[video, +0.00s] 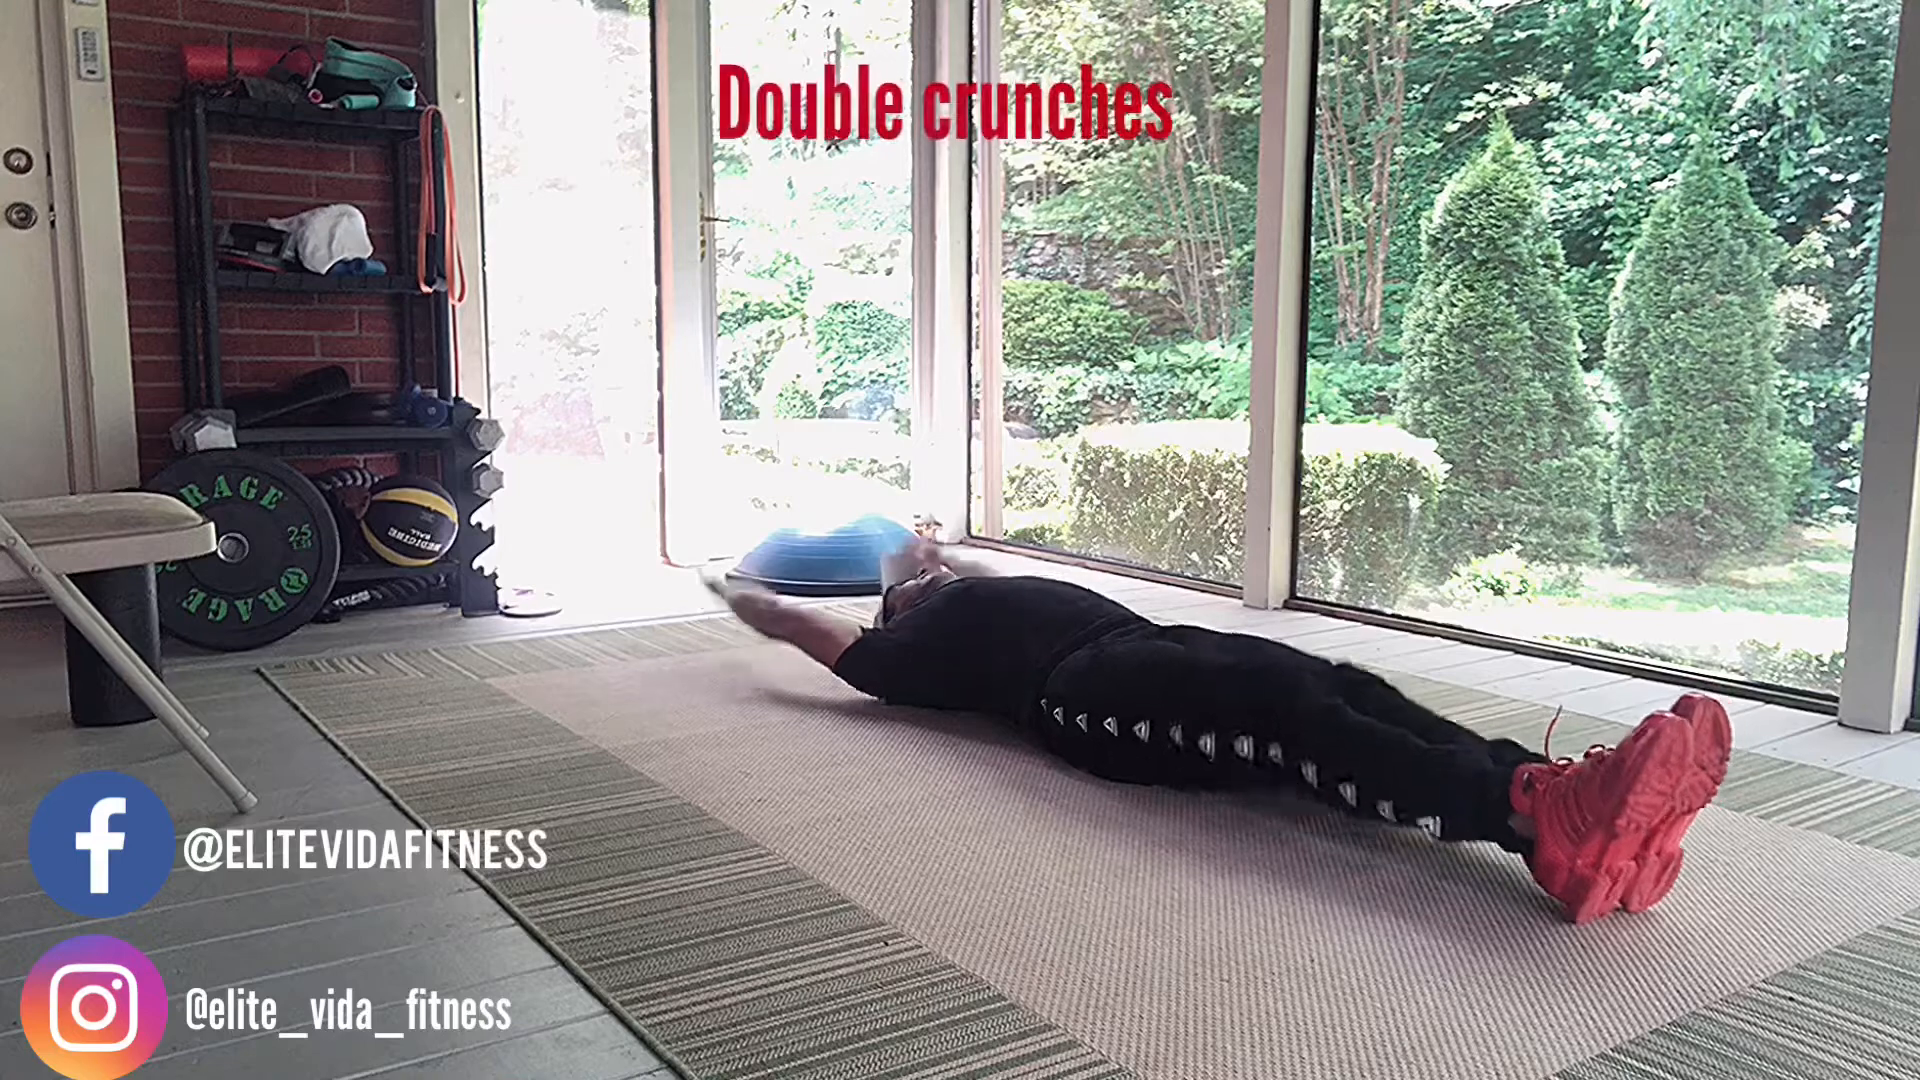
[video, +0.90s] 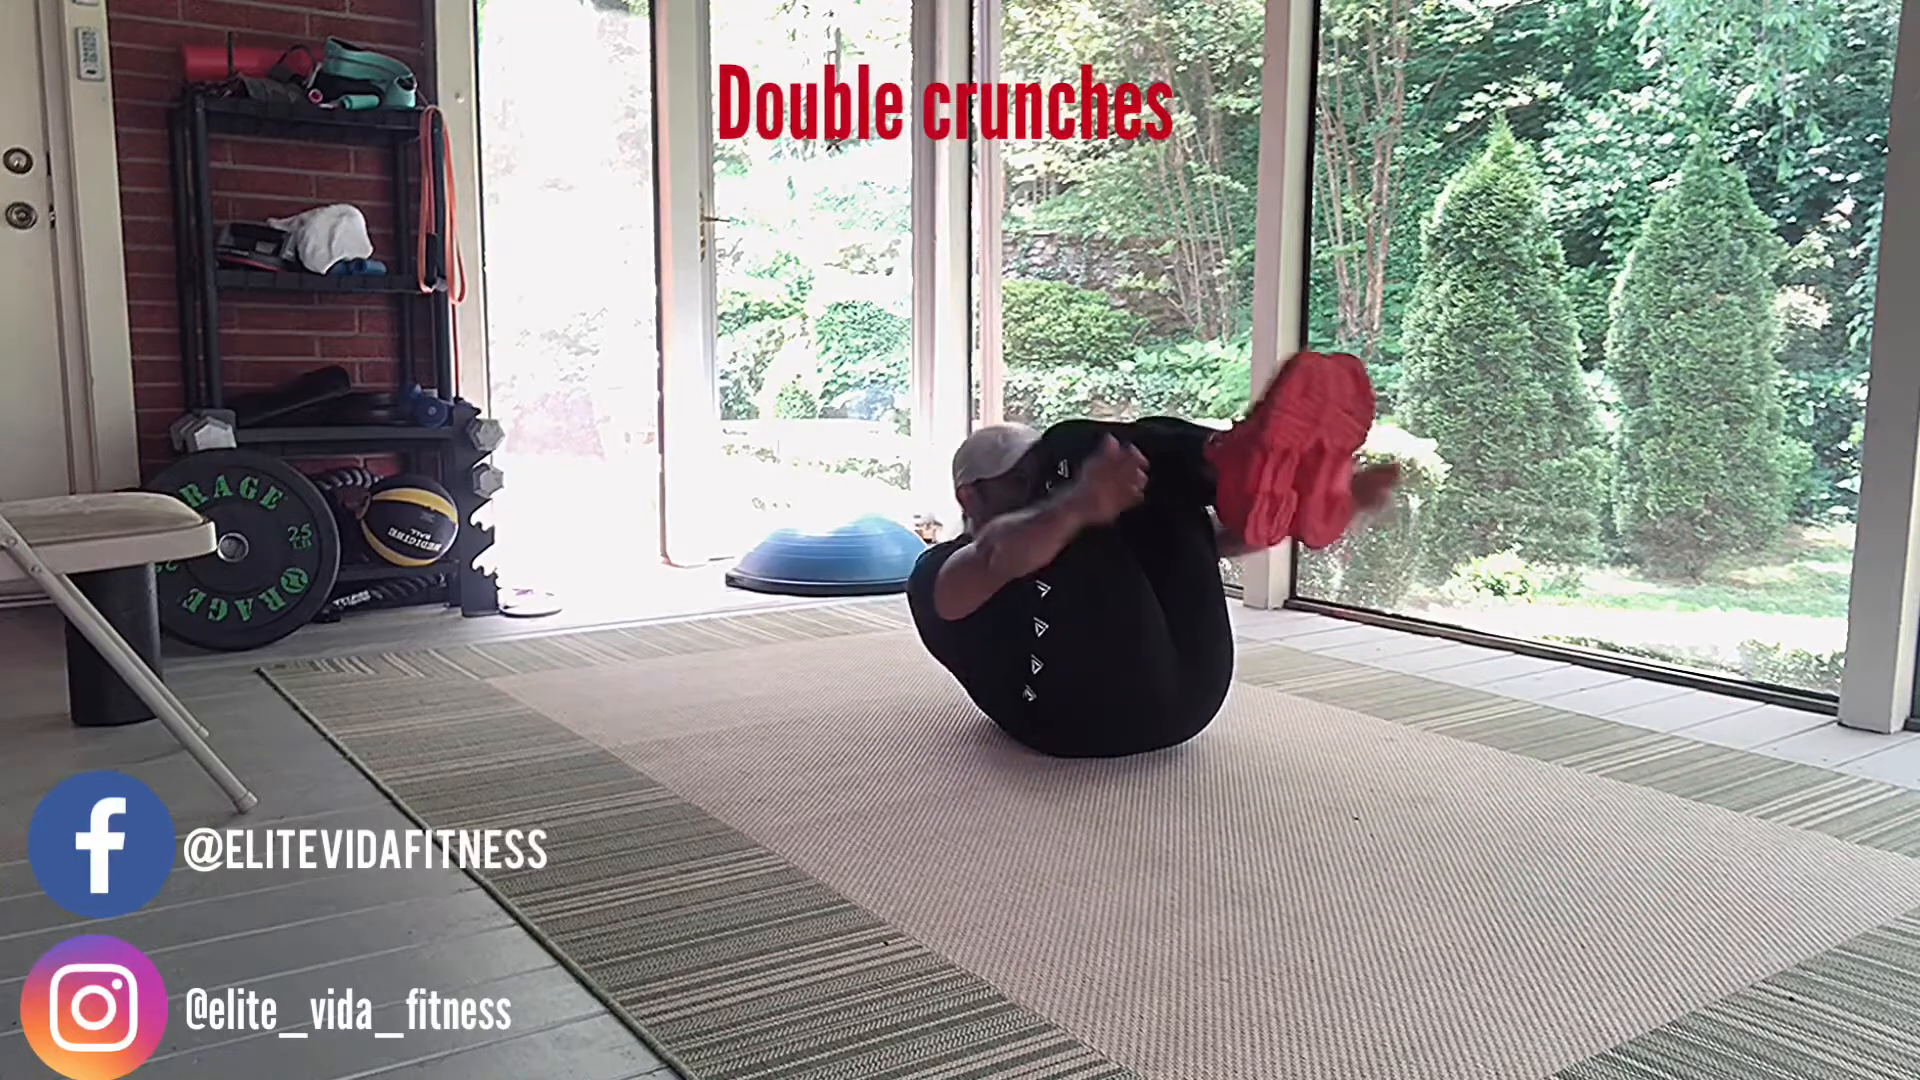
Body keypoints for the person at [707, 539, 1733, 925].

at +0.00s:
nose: (928, 543)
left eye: (932, 540)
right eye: (908, 550)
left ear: (950, 559)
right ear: (885, 587)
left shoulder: (1006, 585)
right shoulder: (882, 644)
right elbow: (748, 600)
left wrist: (945, 544)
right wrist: (793, 585)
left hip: (1144, 644)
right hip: (1077, 685)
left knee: (1335, 680)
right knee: (1283, 699)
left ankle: (1564, 839)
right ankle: (1545, 811)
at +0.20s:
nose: (944, 535)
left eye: (949, 528)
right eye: (925, 534)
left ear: (968, 548)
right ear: (898, 565)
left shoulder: (1020, 587)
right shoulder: (894, 623)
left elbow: (1052, 518)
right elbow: (803, 557)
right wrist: (747, 479)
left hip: (1169, 677)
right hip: (1094, 706)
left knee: (1338, 595)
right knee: (1259, 608)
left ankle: (1543, 742)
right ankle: (1511, 740)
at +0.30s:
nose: (970, 518)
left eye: (974, 512)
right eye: (948, 516)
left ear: (994, 536)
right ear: (907, 550)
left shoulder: (1042, 576)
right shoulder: (906, 620)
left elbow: (1094, 480)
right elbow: (828, 535)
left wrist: (1106, 367)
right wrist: (789, 446)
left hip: (1173, 685)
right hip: (1110, 715)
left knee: (1297, 530)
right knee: (1221, 549)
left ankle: (1484, 661)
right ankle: (1463, 670)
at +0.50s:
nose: (1005, 500)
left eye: (1009, 487)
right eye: (985, 490)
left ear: (1018, 500)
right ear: (944, 513)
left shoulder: (1067, 560)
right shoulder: (934, 599)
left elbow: (1208, 518)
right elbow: (916, 562)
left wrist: (1268, 382)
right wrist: (921, 489)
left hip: (1185, 692)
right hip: (1092, 703)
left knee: (1211, 450)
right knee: (1113, 463)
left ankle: (1373, 551)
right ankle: (1339, 533)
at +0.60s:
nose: (1025, 500)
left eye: (1025, 485)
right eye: (1004, 487)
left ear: (1034, 495)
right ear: (968, 499)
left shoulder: (1065, 556)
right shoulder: (931, 584)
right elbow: (976, 532)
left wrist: (1100, 457)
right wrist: (1039, 446)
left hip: (1180, 694)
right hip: (1085, 708)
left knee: (1174, 432)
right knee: (1088, 460)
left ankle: (1326, 509)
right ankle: (1270, 501)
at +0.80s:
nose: (1030, 498)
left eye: (1034, 485)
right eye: (1014, 485)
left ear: (1041, 487)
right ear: (976, 490)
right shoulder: (939, 569)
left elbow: (1215, 545)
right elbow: (1002, 559)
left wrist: (1322, 516)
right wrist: (1090, 517)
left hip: (1189, 693)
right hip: (1089, 706)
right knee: (1061, 455)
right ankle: (1225, 462)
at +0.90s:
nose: (1041, 494)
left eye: (1042, 481)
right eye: (1021, 483)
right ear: (971, 497)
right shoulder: (935, 572)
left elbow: (1221, 541)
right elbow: (998, 558)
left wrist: (1318, 496)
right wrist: (1079, 505)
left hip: (1189, 693)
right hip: (1088, 705)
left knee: (1150, 481)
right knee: (1068, 440)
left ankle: (1309, 502)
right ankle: (1235, 463)